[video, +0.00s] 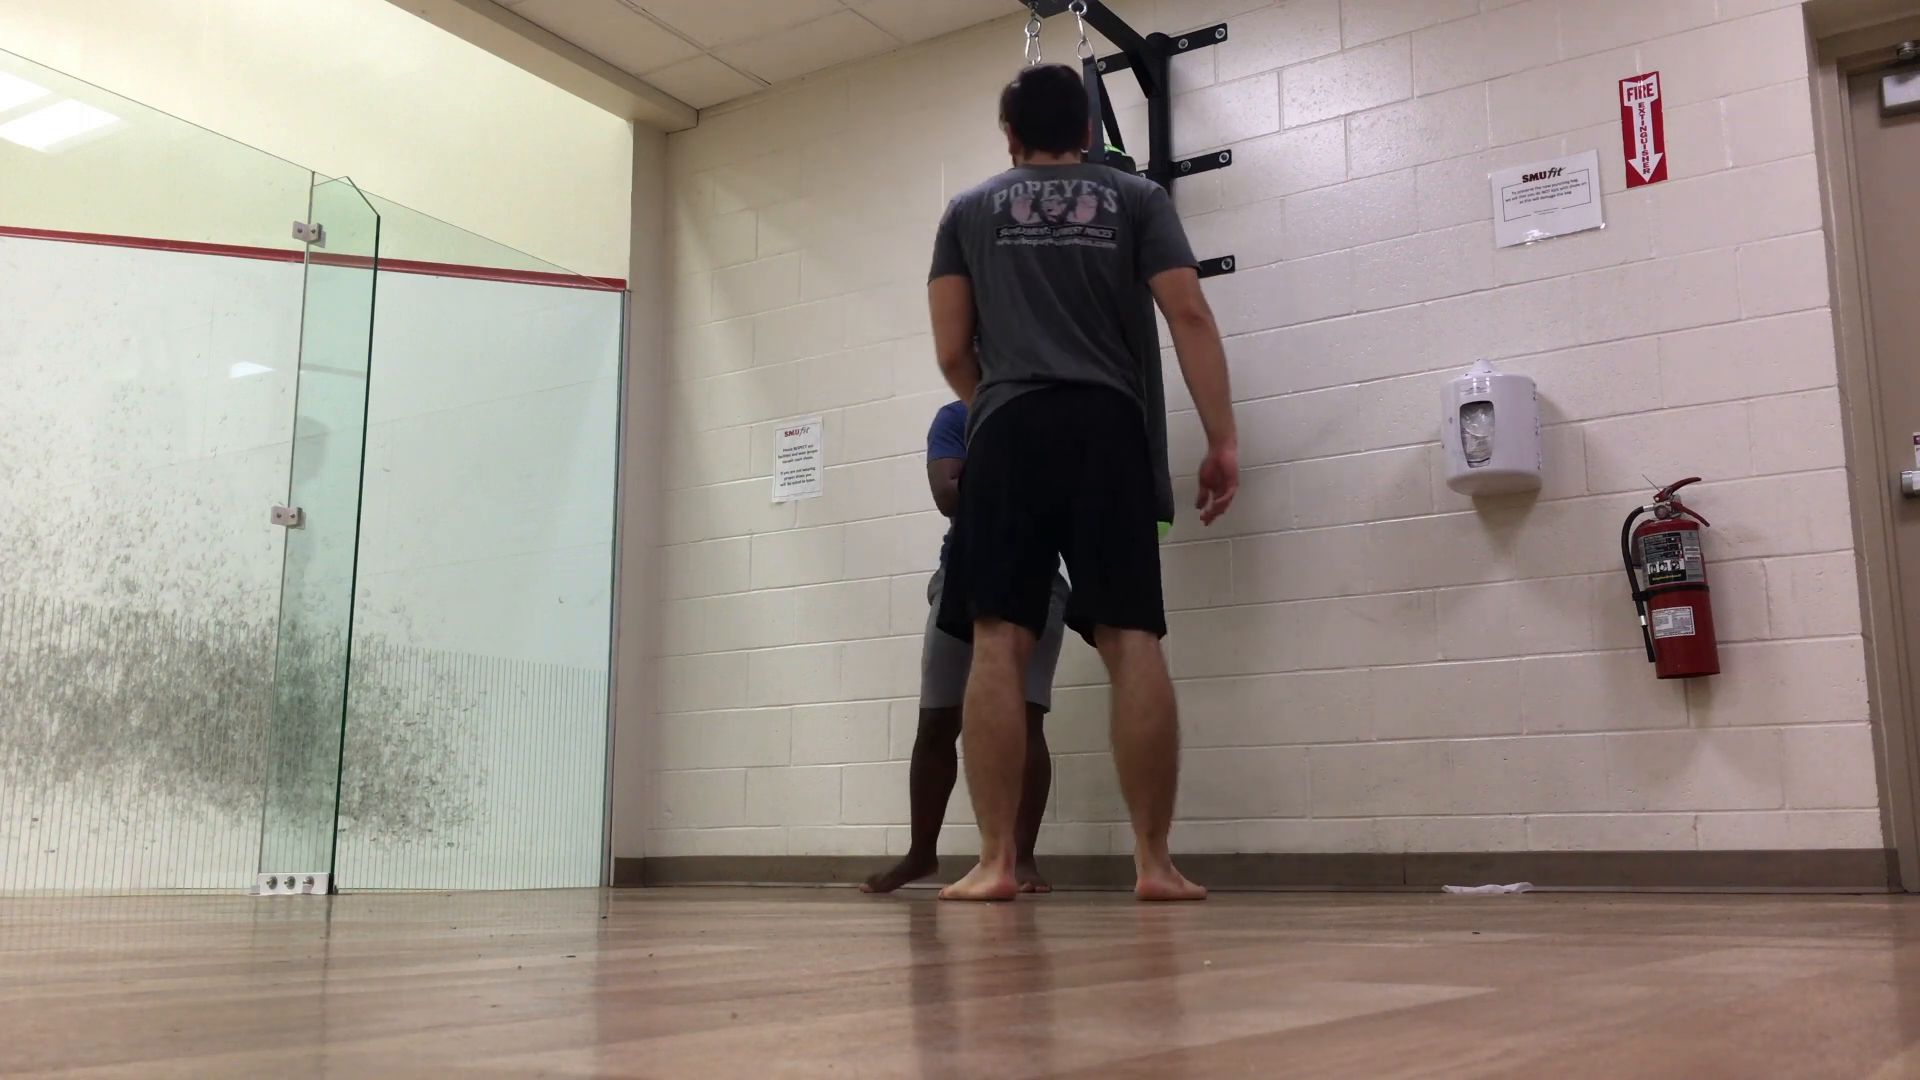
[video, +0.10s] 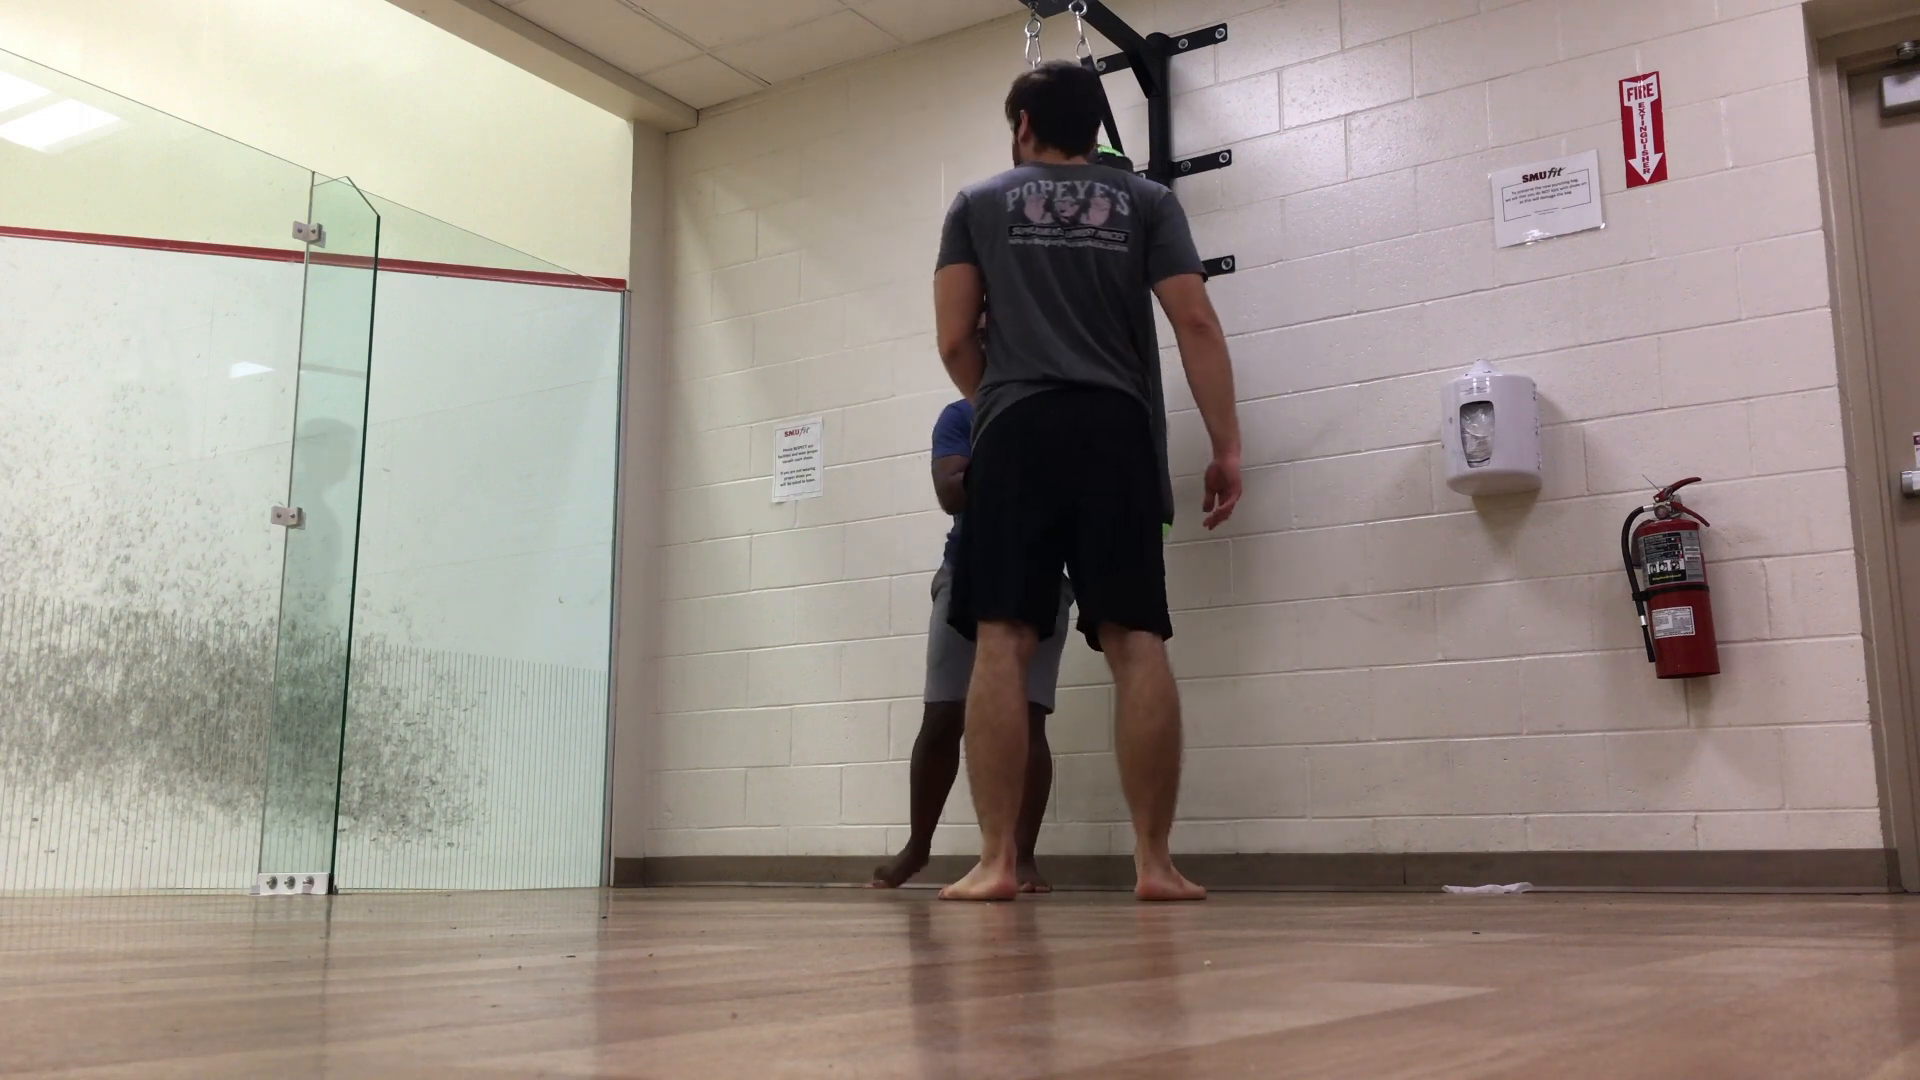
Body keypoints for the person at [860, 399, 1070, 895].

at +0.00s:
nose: (990, 368)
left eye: (999, 360)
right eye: (983, 357)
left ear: (1027, 369)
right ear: (972, 358)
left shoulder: (1049, 421)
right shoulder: (957, 417)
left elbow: (1063, 492)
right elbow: (948, 497)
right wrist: (1005, 468)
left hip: (1037, 584)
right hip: (964, 582)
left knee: (1025, 722)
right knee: (936, 725)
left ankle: (1021, 859)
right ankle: (921, 854)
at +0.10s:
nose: (1000, 366)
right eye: (993, 355)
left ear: (1038, 369)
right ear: (984, 355)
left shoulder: (1057, 420)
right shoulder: (962, 416)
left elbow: (1076, 492)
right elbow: (951, 496)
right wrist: (1007, 464)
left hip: (1041, 583)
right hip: (969, 579)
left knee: (1029, 722)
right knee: (942, 720)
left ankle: (1021, 856)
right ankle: (918, 848)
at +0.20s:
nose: (986, 345)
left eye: (994, 333)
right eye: (978, 336)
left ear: (1014, 338)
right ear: (964, 347)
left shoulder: (1045, 408)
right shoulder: (961, 414)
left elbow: (1066, 479)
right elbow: (972, 475)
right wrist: (1008, 414)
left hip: (1038, 577)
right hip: (968, 574)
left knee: (1028, 720)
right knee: (950, 720)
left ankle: (1020, 857)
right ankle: (916, 858)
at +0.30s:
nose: (989, 336)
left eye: (995, 324)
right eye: (978, 330)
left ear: (1012, 333)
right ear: (964, 347)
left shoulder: (1039, 402)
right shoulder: (969, 409)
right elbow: (979, 491)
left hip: (1032, 573)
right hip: (966, 570)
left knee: (1025, 720)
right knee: (948, 720)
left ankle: (1020, 858)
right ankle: (920, 862)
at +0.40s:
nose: (990, 338)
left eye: (998, 328)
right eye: (982, 331)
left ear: (1017, 338)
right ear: (969, 343)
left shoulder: (1049, 405)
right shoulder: (970, 409)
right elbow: (980, 485)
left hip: (1031, 579)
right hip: (970, 579)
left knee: (1016, 718)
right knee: (945, 720)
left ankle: (1022, 859)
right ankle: (919, 860)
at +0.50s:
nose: (954, 355)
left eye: (958, 343)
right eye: (947, 346)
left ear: (982, 341)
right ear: (944, 351)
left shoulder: (1030, 406)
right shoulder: (959, 410)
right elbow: (966, 488)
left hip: (1023, 589)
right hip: (966, 589)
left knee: (1015, 724)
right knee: (939, 728)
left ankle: (1022, 862)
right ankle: (918, 856)